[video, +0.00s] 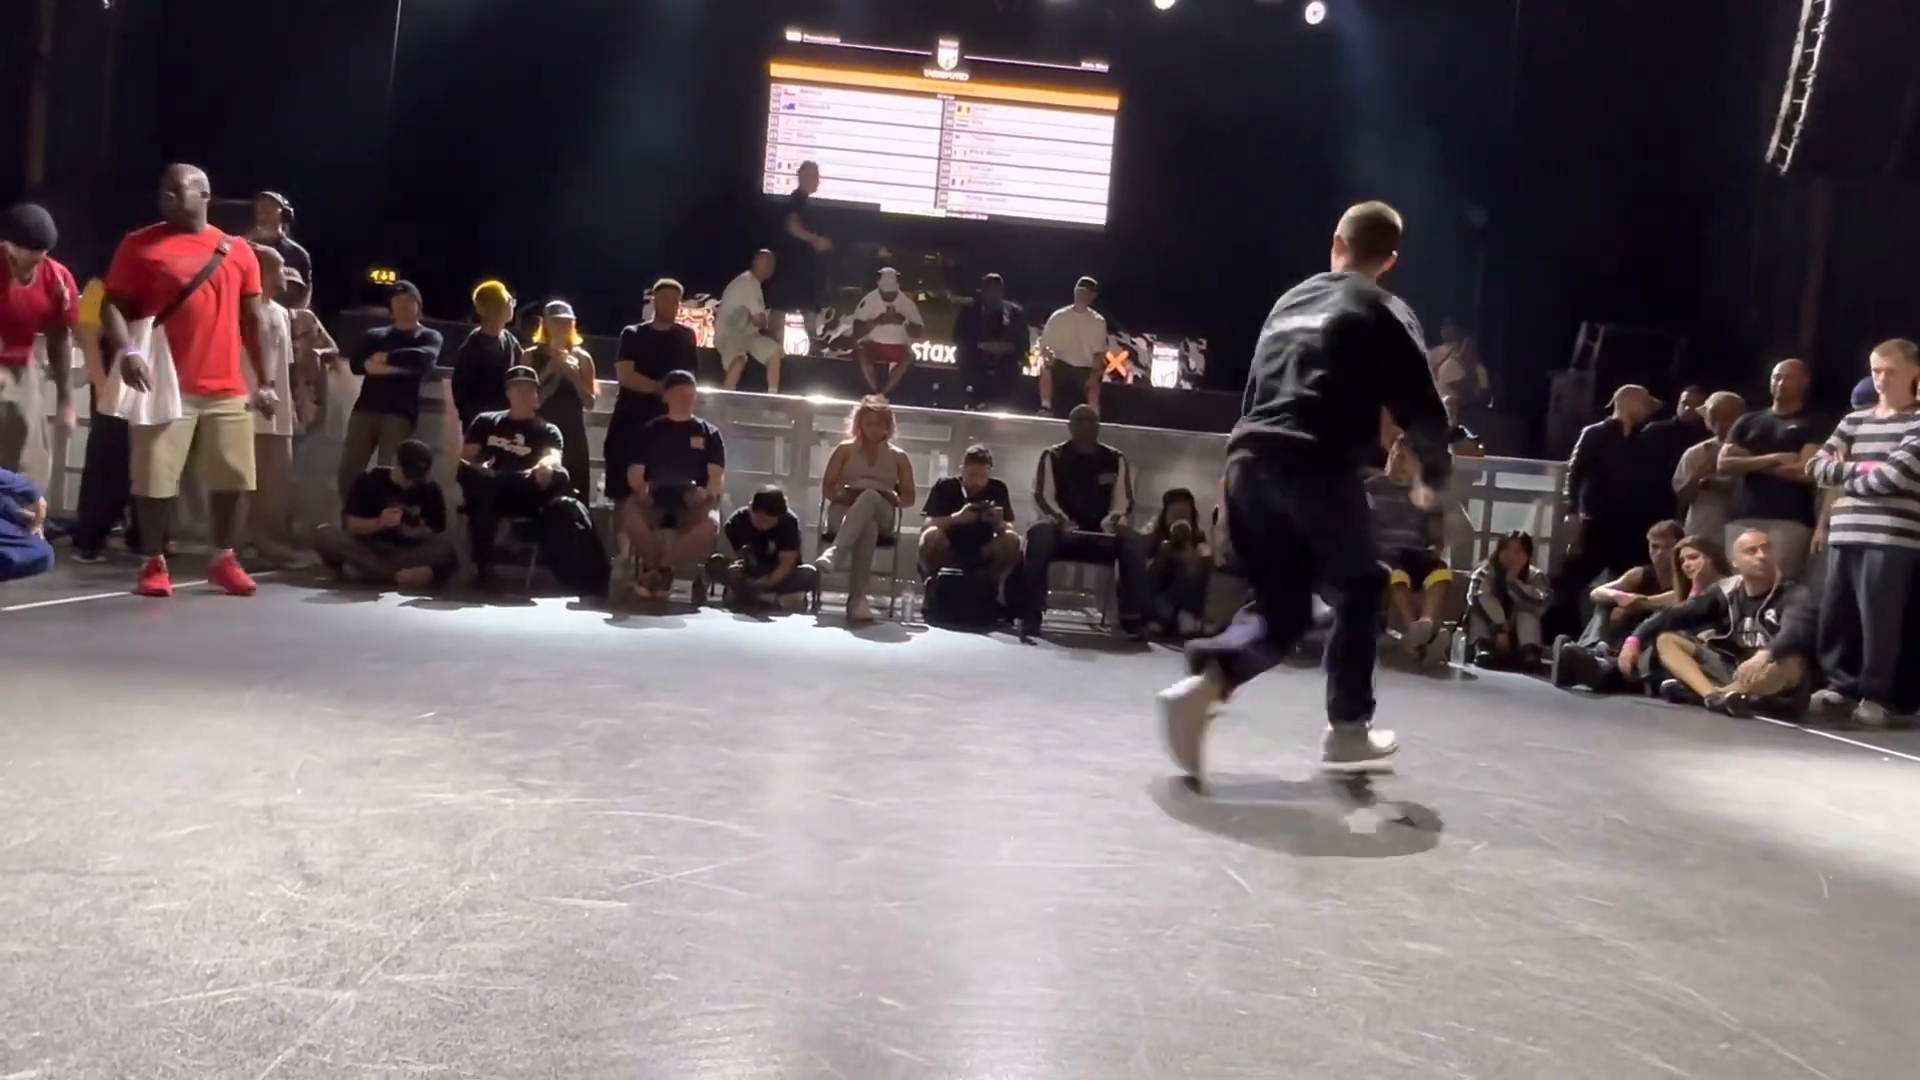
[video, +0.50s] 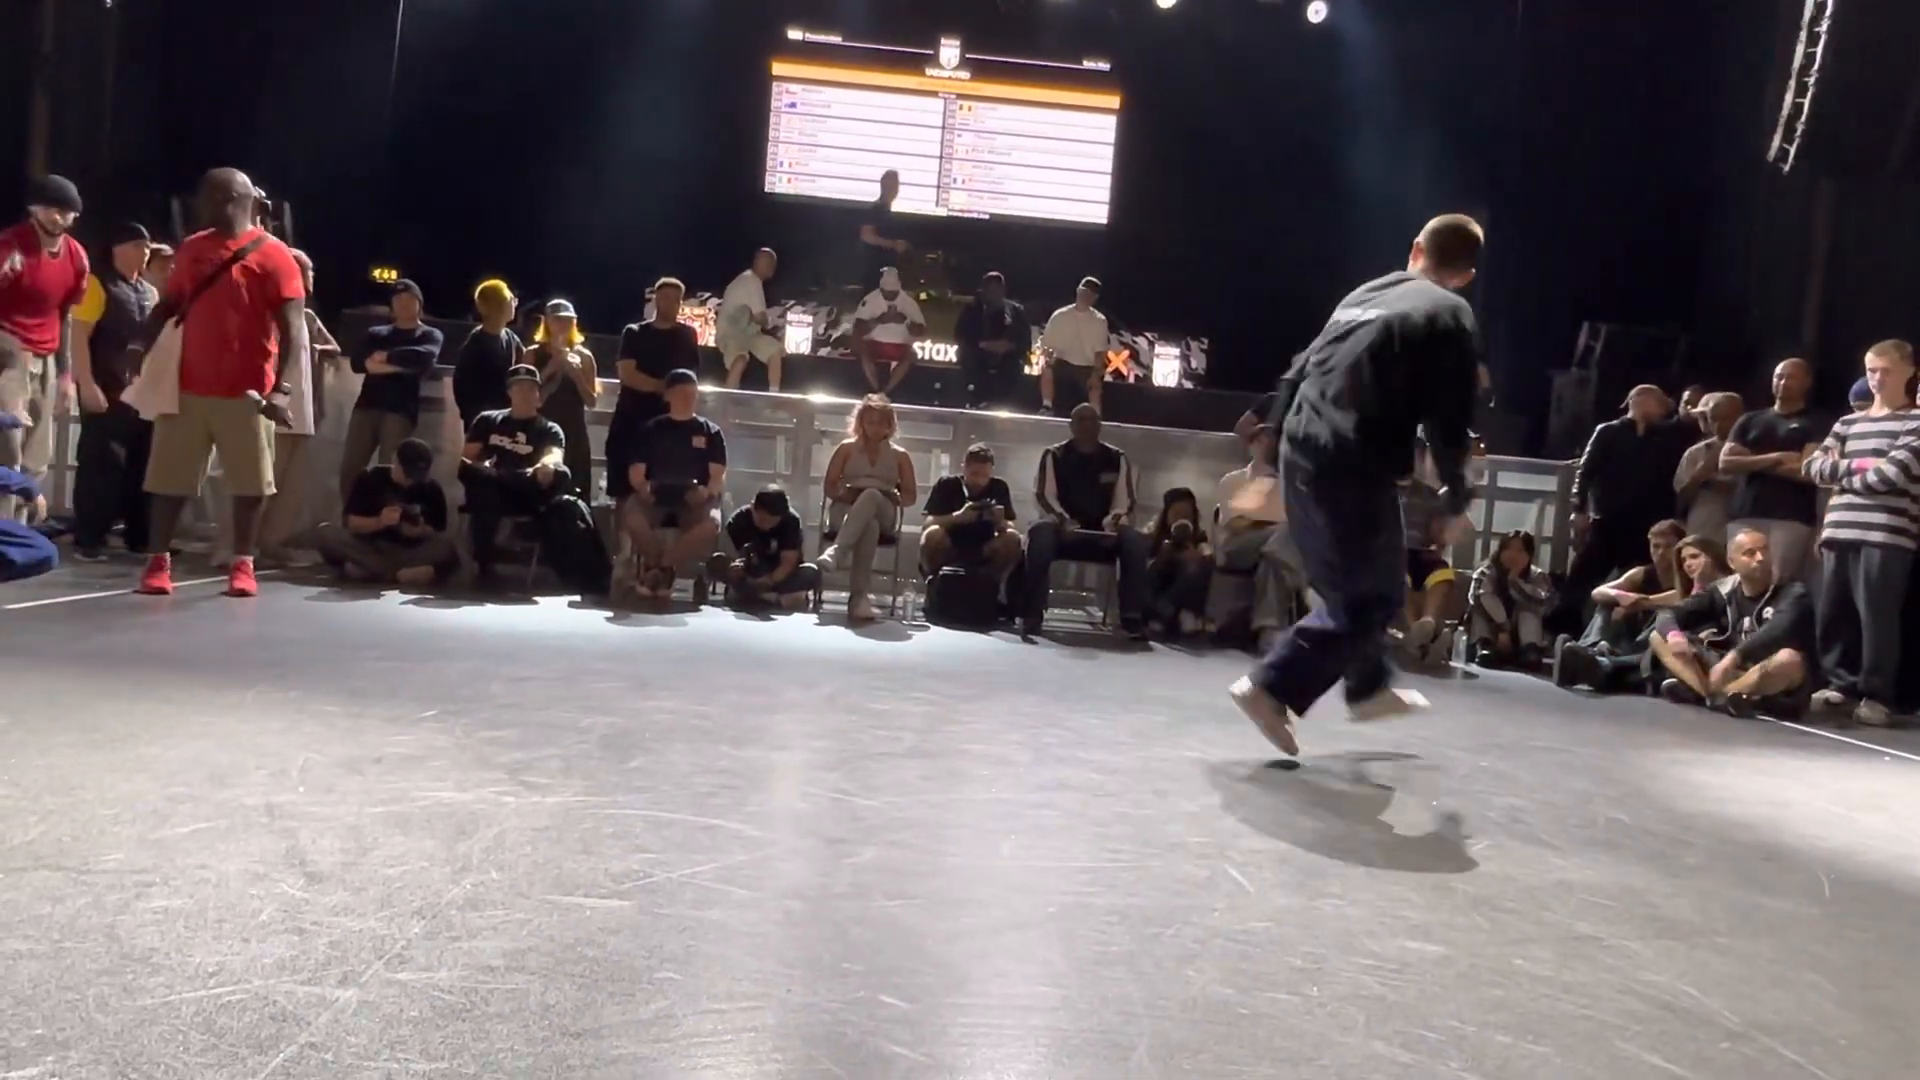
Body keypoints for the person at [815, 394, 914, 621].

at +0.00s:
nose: (874, 429)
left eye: (880, 424)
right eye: (869, 424)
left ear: (889, 426)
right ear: (859, 425)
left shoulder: (898, 457)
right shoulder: (845, 450)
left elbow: (908, 499)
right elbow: (828, 489)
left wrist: (884, 494)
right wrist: (852, 499)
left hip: (883, 518)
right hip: (843, 513)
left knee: (869, 496)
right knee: (868, 525)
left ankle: (835, 551)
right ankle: (857, 599)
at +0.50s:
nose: (875, 428)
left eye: (881, 423)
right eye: (870, 422)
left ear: (890, 425)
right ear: (860, 423)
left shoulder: (899, 456)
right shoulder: (847, 449)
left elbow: (909, 498)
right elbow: (830, 488)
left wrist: (885, 494)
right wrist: (854, 497)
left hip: (884, 518)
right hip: (844, 512)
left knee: (870, 495)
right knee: (869, 524)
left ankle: (836, 550)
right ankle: (859, 597)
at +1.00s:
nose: (877, 426)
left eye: (882, 421)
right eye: (871, 420)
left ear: (889, 425)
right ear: (860, 423)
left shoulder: (899, 457)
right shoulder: (846, 449)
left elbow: (909, 498)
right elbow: (829, 488)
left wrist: (885, 495)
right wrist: (851, 497)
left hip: (884, 517)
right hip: (844, 513)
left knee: (870, 496)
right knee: (869, 525)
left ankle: (835, 551)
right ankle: (858, 599)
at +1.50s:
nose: (875, 427)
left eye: (881, 422)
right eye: (869, 421)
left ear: (889, 426)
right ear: (858, 424)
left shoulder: (898, 457)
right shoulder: (845, 450)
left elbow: (908, 498)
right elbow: (828, 489)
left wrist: (885, 497)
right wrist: (852, 500)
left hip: (882, 518)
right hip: (843, 512)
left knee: (869, 496)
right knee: (867, 524)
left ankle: (834, 551)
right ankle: (857, 600)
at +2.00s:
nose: (874, 427)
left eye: (879, 421)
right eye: (868, 421)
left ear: (888, 425)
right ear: (858, 423)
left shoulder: (898, 457)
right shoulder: (845, 449)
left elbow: (908, 498)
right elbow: (828, 489)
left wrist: (890, 500)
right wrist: (848, 498)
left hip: (883, 517)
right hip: (844, 511)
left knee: (869, 496)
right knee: (869, 526)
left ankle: (835, 552)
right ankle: (857, 598)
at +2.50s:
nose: (874, 427)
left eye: (880, 422)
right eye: (869, 421)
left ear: (889, 425)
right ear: (859, 423)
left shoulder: (898, 457)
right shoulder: (846, 450)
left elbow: (908, 499)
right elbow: (829, 490)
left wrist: (889, 500)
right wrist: (851, 499)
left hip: (883, 518)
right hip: (844, 512)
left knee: (869, 497)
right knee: (869, 527)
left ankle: (834, 553)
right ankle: (857, 600)